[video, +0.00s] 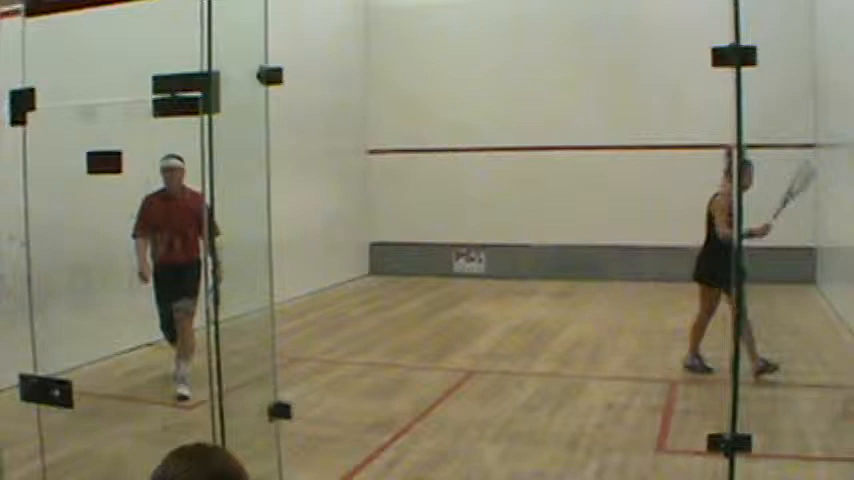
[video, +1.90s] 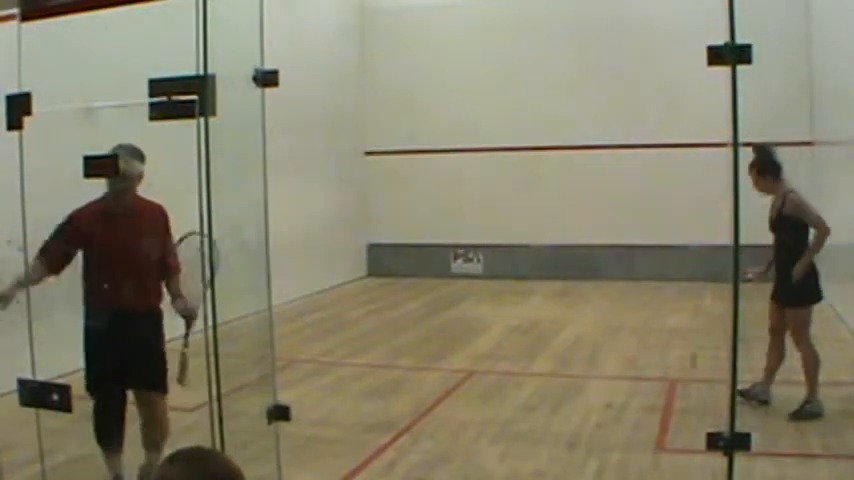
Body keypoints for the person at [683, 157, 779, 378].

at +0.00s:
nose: (750, 183)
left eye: (751, 177)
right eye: (748, 177)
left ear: (738, 176)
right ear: (736, 176)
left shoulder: (733, 200)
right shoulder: (721, 200)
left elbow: (730, 231)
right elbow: (723, 232)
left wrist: (754, 234)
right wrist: (754, 232)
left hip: (728, 260)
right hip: (713, 261)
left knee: (739, 311)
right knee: (707, 309)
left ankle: (755, 360)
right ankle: (692, 355)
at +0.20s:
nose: (763, 178)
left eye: (763, 173)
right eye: (760, 173)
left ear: (753, 175)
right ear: (748, 174)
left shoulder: (751, 199)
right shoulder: (731, 199)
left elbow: (746, 222)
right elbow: (711, 219)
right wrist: (731, 225)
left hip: (750, 258)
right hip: (731, 260)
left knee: (759, 316)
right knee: (727, 319)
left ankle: (763, 365)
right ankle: (700, 349)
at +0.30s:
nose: (771, 176)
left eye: (773, 171)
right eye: (768, 171)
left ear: (769, 172)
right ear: (756, 170)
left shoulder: (762, 194)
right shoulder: (742, 194)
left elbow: (755, 224)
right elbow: (708, 213)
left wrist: (761, 248)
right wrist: (719, 234)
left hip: (762, 256)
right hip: (745, 256)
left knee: (764, 314)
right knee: (751, 313)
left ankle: (765, 366)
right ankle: (720, 347)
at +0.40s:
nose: (778, 174)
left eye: (780, 169)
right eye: (775, 168)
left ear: (780, 171)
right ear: (764, 169)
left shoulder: (775, 196)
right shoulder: (747, 195)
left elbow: (767, 225)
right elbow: (711, 213)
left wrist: (772, 250)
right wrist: (720, 238)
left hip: (769, 256)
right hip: (748, 257)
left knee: (768, 310)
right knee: (765, 308)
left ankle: (764, 362)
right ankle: (753, 359)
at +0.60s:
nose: (784, 177)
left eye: (787, 172)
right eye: (779, 172)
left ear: (792, 174)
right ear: (770, 173)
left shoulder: (793, 200)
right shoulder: (757, 202)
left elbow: (795, 228)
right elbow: (730, 222)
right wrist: (731, 241)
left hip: (787, 261)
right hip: (764, 262)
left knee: (776, 321)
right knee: (777, 322)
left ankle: (766, 367)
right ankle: (790, 378)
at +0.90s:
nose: (785, 179)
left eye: (789, 174)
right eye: (781, 174)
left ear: (799, 173)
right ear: (777, 174)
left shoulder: (811, 200)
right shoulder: (770, 203)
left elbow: (824, 225)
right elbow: (748, 232)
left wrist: (819, 253)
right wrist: (747, 252)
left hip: (805, 267)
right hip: (778, 270)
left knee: (807, 331)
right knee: (788, 330)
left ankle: (803, 368)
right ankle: (795, 384)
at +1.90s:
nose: (753, 184)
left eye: (754, 178)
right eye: (752, 178)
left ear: (766, 176)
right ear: (769, 175)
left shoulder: (792, 200)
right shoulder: (777, 201)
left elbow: (823, 230)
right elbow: (782, 243)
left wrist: (805, 263)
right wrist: (765, 270)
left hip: (799, 279)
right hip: (782, 278)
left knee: (801, 339)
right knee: (776, 334)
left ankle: (812, 398)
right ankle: (764, 387)